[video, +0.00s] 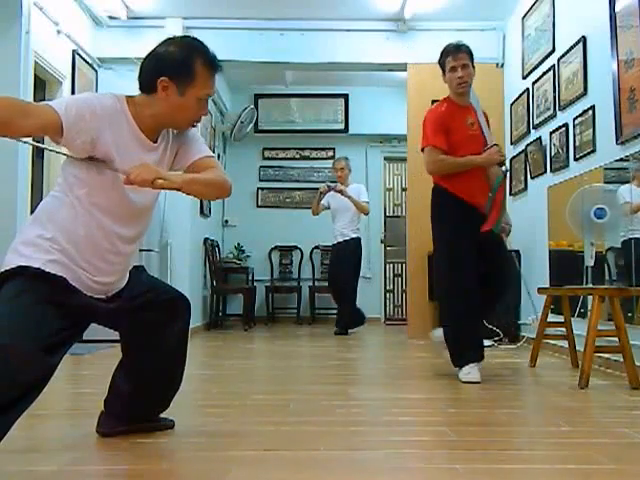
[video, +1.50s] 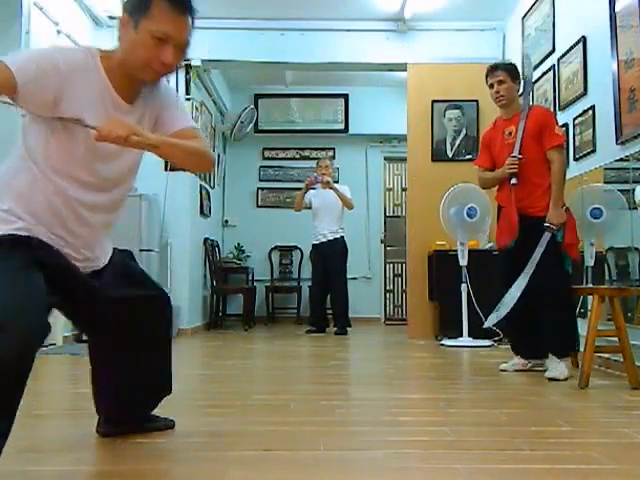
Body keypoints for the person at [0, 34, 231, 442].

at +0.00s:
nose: (206, 112)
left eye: (209, 101)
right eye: (202, 100)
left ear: (168, 91)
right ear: (165, 89)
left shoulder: (182, 136)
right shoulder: (100, 113)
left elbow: (221, 185)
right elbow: (25, 118)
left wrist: (169, 180)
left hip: (113, 277)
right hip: (47, 269)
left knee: (169, 311)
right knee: (13, 366)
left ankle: (127, 415)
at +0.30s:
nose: (209, 103)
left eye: (211, 92)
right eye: (206, 91)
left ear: (174, 91)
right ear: (173, 90)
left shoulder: (181, 138)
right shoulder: (101, 113)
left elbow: (224, 185)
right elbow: (26, 120)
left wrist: (173, 177)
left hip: (113, 277)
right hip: (47, 269)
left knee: (169, 310)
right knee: (15, 365)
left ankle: (127, 415)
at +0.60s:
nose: (208, 99)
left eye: (208, 88)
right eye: (204, 87)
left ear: (173, 89)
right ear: (172, 88)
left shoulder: (178, 137)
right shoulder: (98, 113)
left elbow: (223, 184)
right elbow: (24, 120)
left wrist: (175, 175)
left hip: (113, 277)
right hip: (46, 270)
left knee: (168, 309)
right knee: (13, 366)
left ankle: (127, 415)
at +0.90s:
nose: (208, 97)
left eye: (208, 86)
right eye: (204, 85)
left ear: (174, 87)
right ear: (173, 86)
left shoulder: (178, 136)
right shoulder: (100, 112)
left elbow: (224, 183)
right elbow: (27, 121)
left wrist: (175, 174)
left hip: (113, 275)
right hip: (47, 267)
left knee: (168, 309)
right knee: (14, 363)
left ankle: (127, 415)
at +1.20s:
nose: (205, 97)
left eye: (208, 86)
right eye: (200, 83)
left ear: (168, 78)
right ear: (162, 73)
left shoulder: (180, 132)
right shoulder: (102, 107)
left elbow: (225, 182)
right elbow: (34, 119)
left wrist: (180, 172)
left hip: (114, 273)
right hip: (46, 264)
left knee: (166, 308)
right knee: (15, 362)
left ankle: (127, 415)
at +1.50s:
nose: (170, 58)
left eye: (180, 47)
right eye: (159, 41)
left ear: (186, 47)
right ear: (125, 26)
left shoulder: (160, 96)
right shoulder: (69, 66)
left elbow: (204, 161)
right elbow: (3, 76)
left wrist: (145, 139)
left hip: (90, 251)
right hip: (21, 235)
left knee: (147, 306)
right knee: (18, 325)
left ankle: (123, 417)